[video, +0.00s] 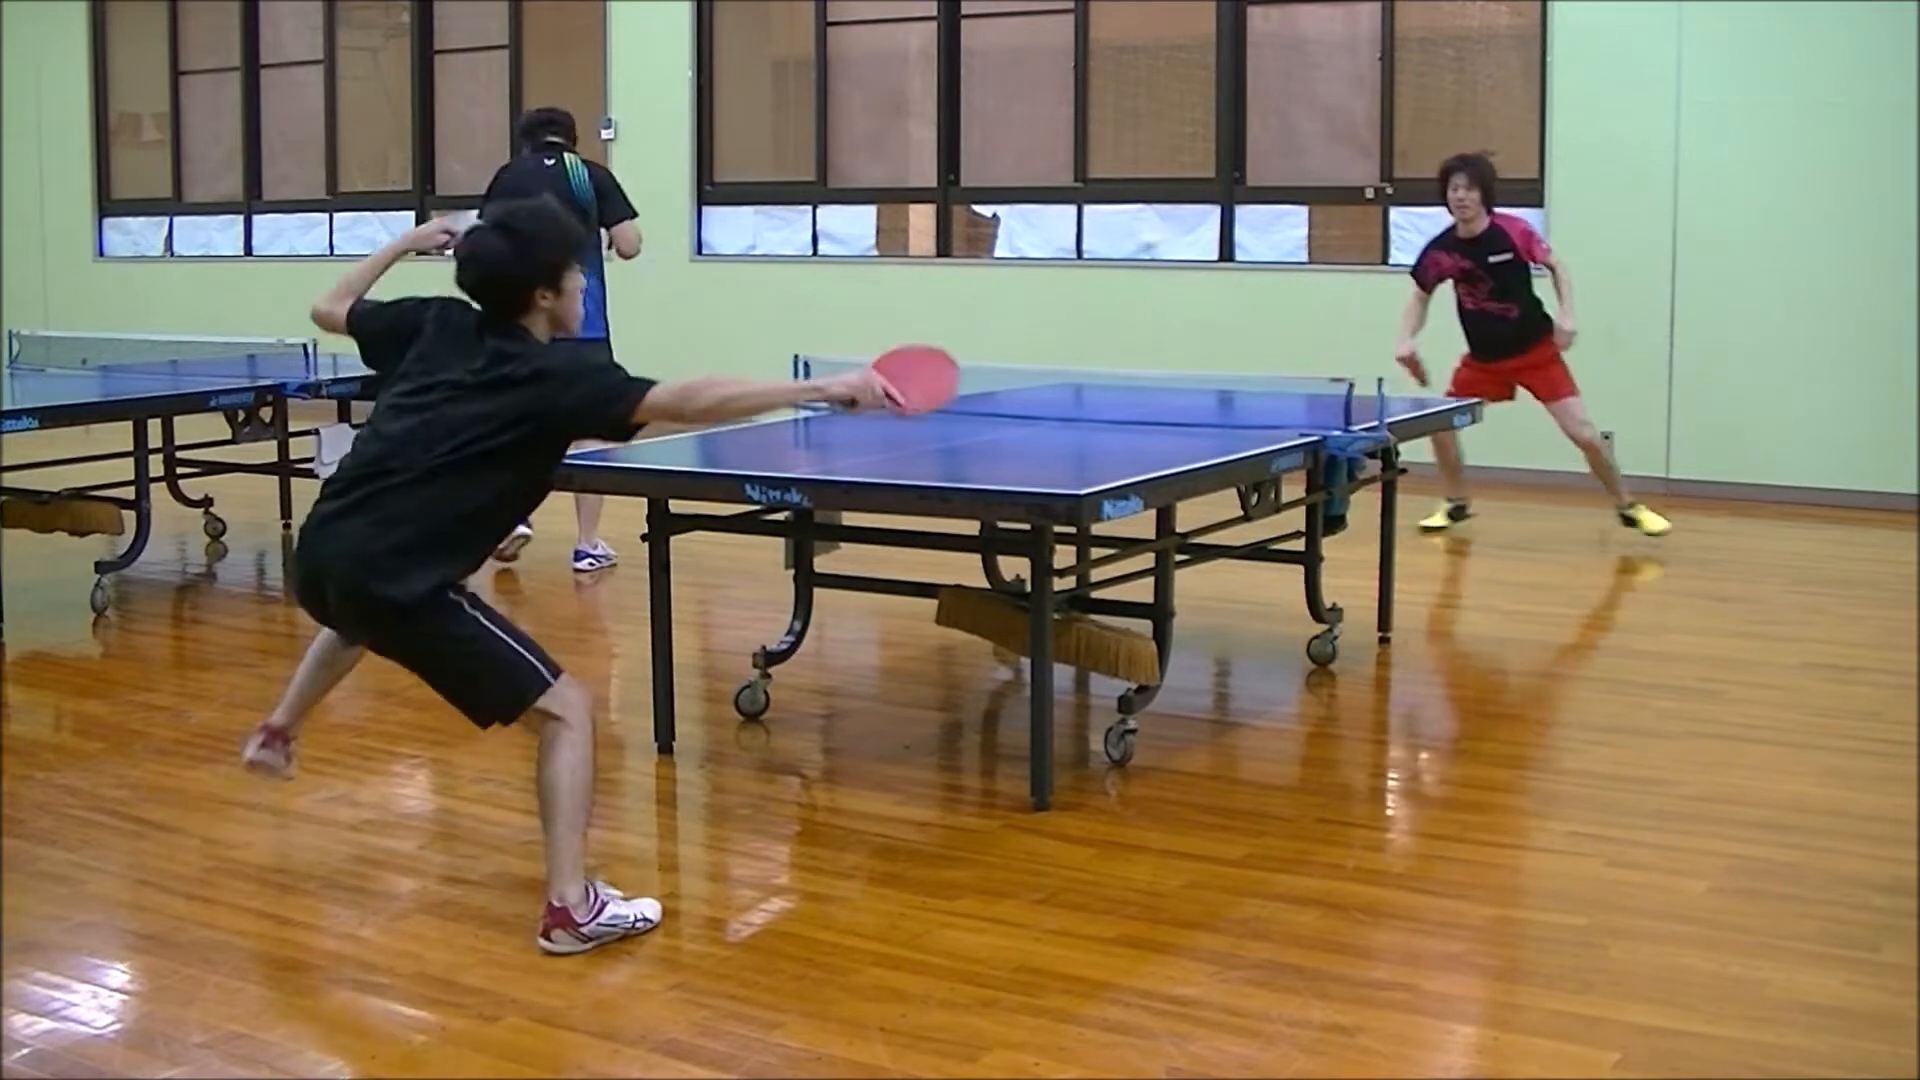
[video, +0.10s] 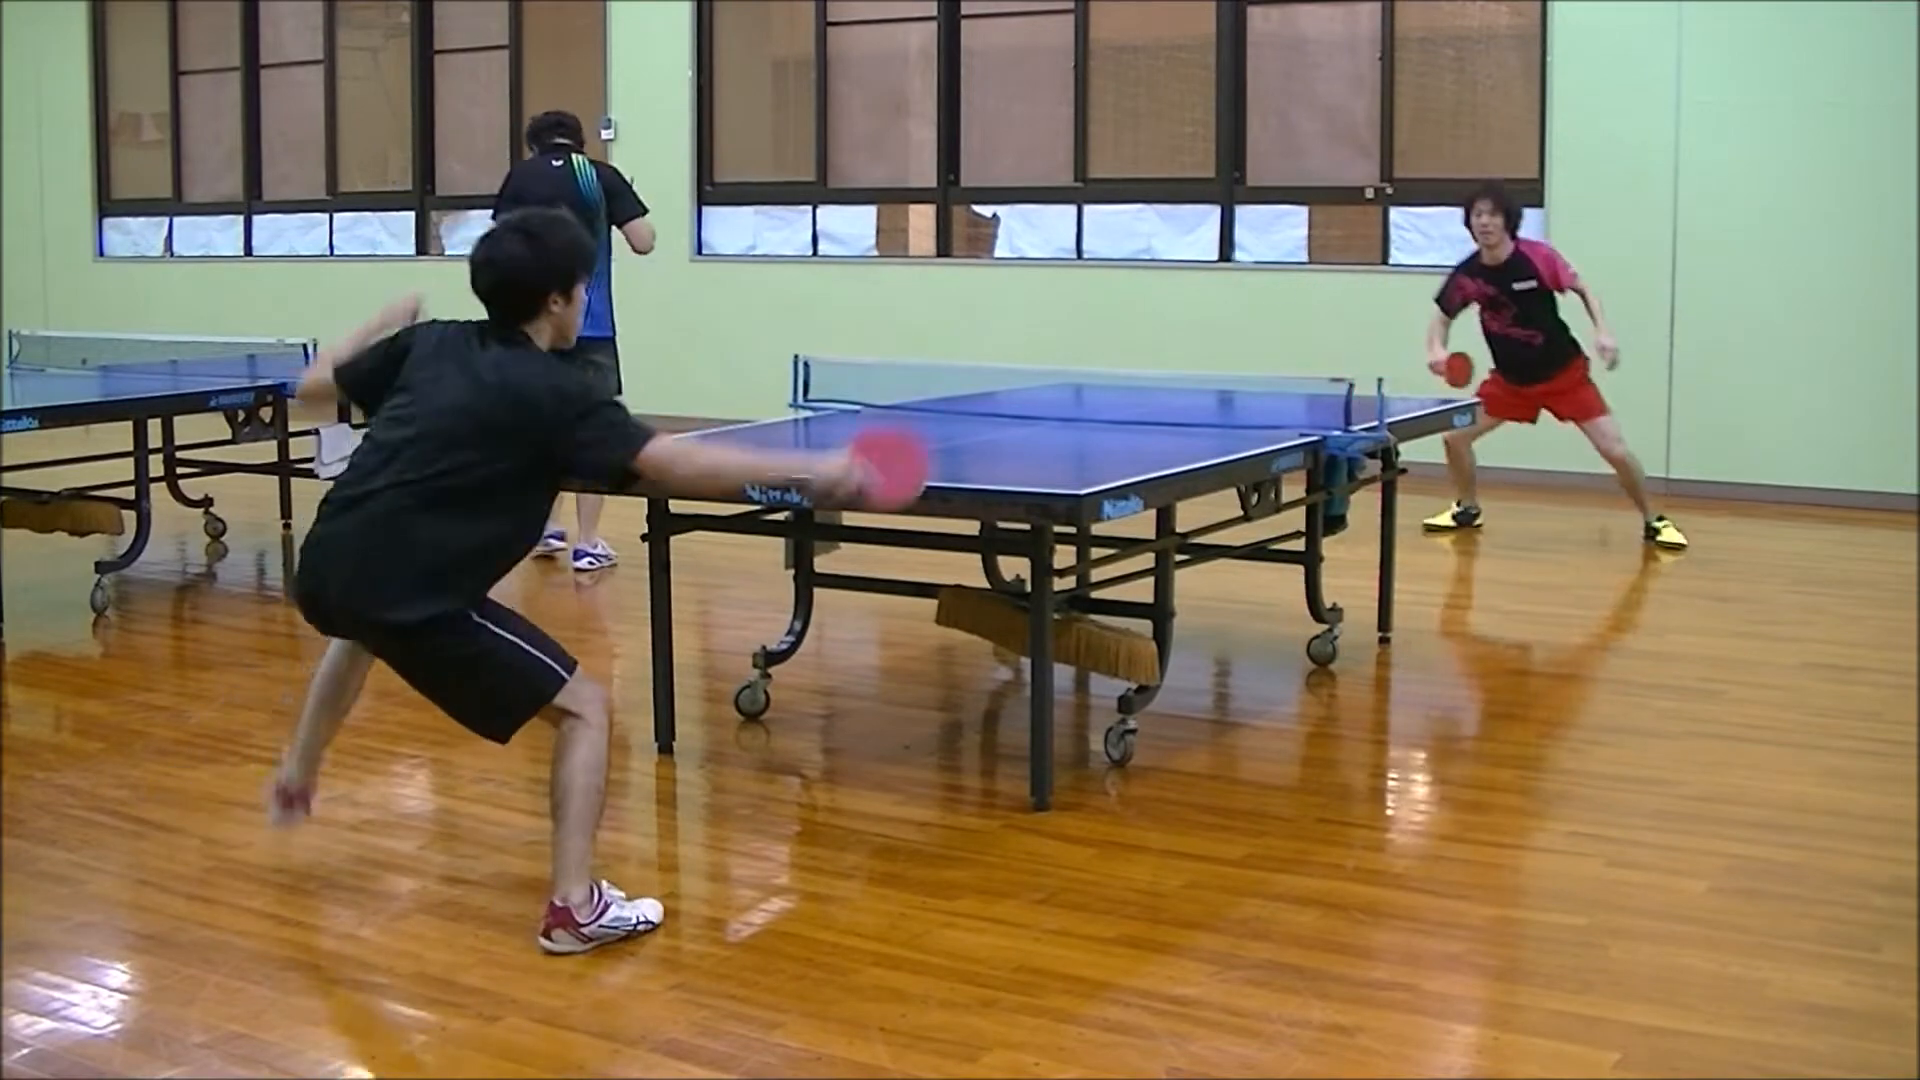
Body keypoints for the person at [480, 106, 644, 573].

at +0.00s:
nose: (583, 285)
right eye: (574, 275)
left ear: (526, 140)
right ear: (573, 140)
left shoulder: (506, 175)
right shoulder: (594, 174)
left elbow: (481, 239)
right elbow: (628, 244)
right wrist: (604, 217)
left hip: (505, 324)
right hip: (583, 333)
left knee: (508, 429)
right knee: (594, 438)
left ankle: (510, 519)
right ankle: (588, 543)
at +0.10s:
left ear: (532, 145)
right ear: (580, 143)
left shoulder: (518, 176)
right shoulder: (602, 175)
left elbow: (498, 235)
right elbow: (642, 241)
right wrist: (619, 203)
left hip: (522, 323)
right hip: (592, 326)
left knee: (541, 428)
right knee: (599, 434)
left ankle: (546, 526)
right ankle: (586, 542)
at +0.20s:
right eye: (590, 142)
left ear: (540, 150)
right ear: (586, 146)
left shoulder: (523, 182)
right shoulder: (606, 178)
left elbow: (511, 245)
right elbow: (654, 240)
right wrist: (626, 204)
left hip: (537, 328)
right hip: (594, 326)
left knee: (561, 431)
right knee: (592, 437)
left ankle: (590, 531)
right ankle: (584, 540)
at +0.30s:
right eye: (588, 148)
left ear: (542, 154)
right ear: (588, 150)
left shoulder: (526, 189)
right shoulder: (608, 181)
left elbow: (517, 255)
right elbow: (662, 236)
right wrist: (644, 198)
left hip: (552, 327)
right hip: (602, 326)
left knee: (569, 430)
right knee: (601, 433)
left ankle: (587, 530)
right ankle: (591, 534)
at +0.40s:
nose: (537, 159)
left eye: (538, 153)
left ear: (541, 153)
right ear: (585, 147)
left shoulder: (531, 186)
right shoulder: (610, 178)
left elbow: (523, 244)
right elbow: (664, 226)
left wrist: (560, 231)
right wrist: (639, 185)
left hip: (558, 326)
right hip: (608, 324)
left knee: (577, 425)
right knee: (620, 422)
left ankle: (598, 523)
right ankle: (608, 514)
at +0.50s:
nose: (533, 155)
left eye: (534, 149)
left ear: (539, 150)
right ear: (585, 144)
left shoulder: (533, 182)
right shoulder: (610, 175)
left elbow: (525, 242)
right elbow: (666, 215)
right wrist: (633, 172)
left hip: (560, 321)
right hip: (612, 319)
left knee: (579, 421)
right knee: (629, 411)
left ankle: (604, 521)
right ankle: (620, 506)